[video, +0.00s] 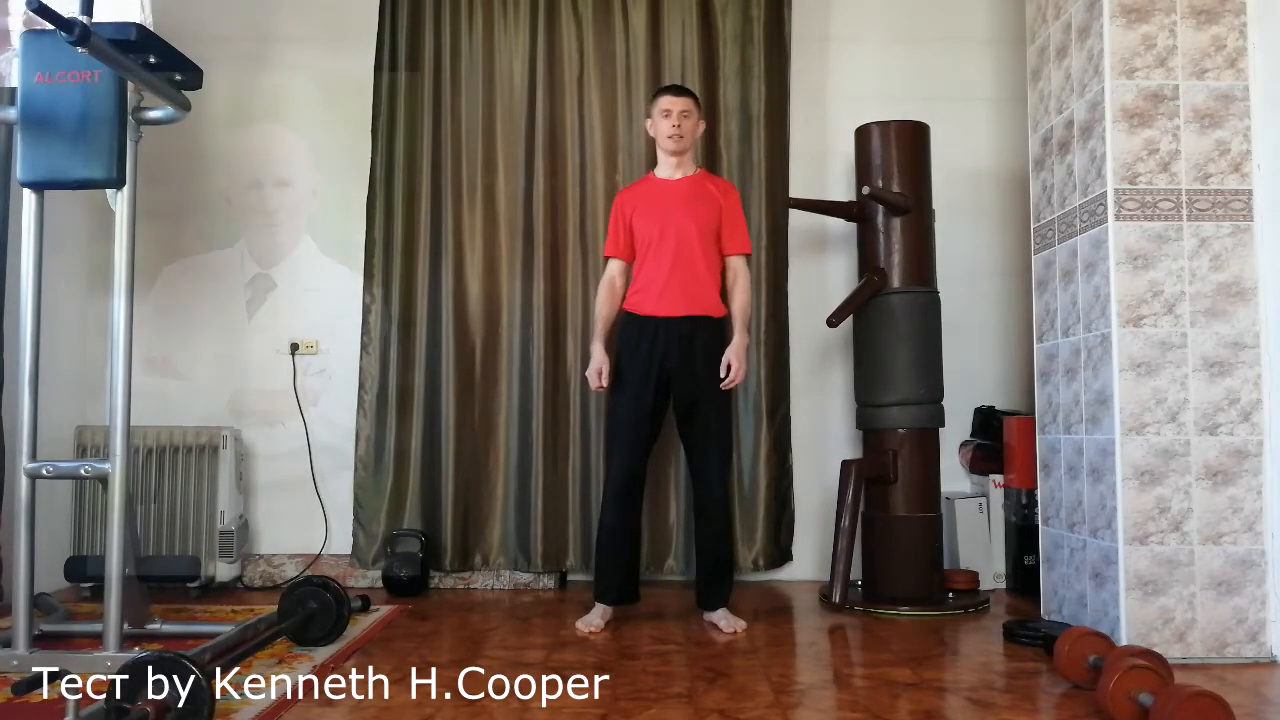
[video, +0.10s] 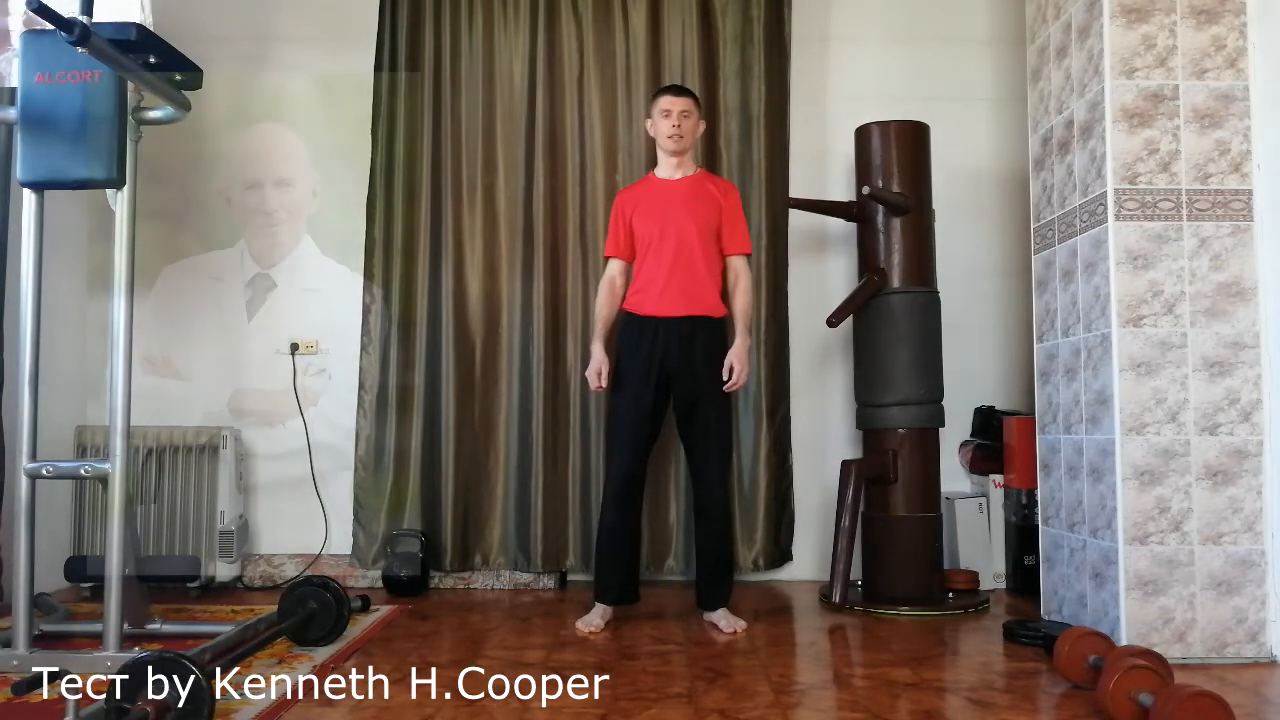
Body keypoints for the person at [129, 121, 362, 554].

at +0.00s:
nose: (268, 201)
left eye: (283, 185)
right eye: (254, 186)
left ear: (311, 194)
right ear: (231, 196)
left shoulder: (352, 296)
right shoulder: (180, 284)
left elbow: (365, 424)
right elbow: (135, 393)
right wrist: (233, 404)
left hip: (311, 534)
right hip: (188, 539)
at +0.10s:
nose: (268, 202)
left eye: (284, 185)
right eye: (252, 187)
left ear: (312, 194)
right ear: (227, 197)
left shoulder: (353, 297)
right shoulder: (179, 284)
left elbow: (358, 430)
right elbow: (128, 397)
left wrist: (183, 397)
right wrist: (234, 402)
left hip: (306, 536)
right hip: (186, 539)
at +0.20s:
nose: (268, 202)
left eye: (284, 185)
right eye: (252, 187)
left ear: (312, 195)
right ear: (227, 199)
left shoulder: (353, 298)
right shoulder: (177, 284)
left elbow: (345, 435)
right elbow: (123, 400)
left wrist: (186, 402)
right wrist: (243, 402)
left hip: (304, 539)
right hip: (186, 542)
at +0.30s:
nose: (269, 202)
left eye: (284, 185)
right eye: (253, 187)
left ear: (312, 195)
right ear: (228, 200)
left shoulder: (353, 298)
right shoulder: (177, 284)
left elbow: (344, 436)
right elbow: (125, 400)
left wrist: (190, 405)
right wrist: (244, 402)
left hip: (304, 540)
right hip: (186, 543)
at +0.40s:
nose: (268, 203)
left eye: (284, 185)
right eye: (252, 187)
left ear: (313, 195)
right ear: (227, 201)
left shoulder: (354, 299)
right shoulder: (178, 284)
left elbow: (343, 438)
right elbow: (121, 400)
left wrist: (187, 406)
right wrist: (252, 402)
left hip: (304, 545)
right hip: (184, 547)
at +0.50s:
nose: (269, 203)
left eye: (284, 185)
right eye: (252, 188)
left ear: (314, 194)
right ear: (227, 201)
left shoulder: (354, 300)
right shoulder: (177, 285)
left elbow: (343, 438)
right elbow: (122, 400)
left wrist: (192, 408)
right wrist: (249, 402)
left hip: (303, 547)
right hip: (183, 548)